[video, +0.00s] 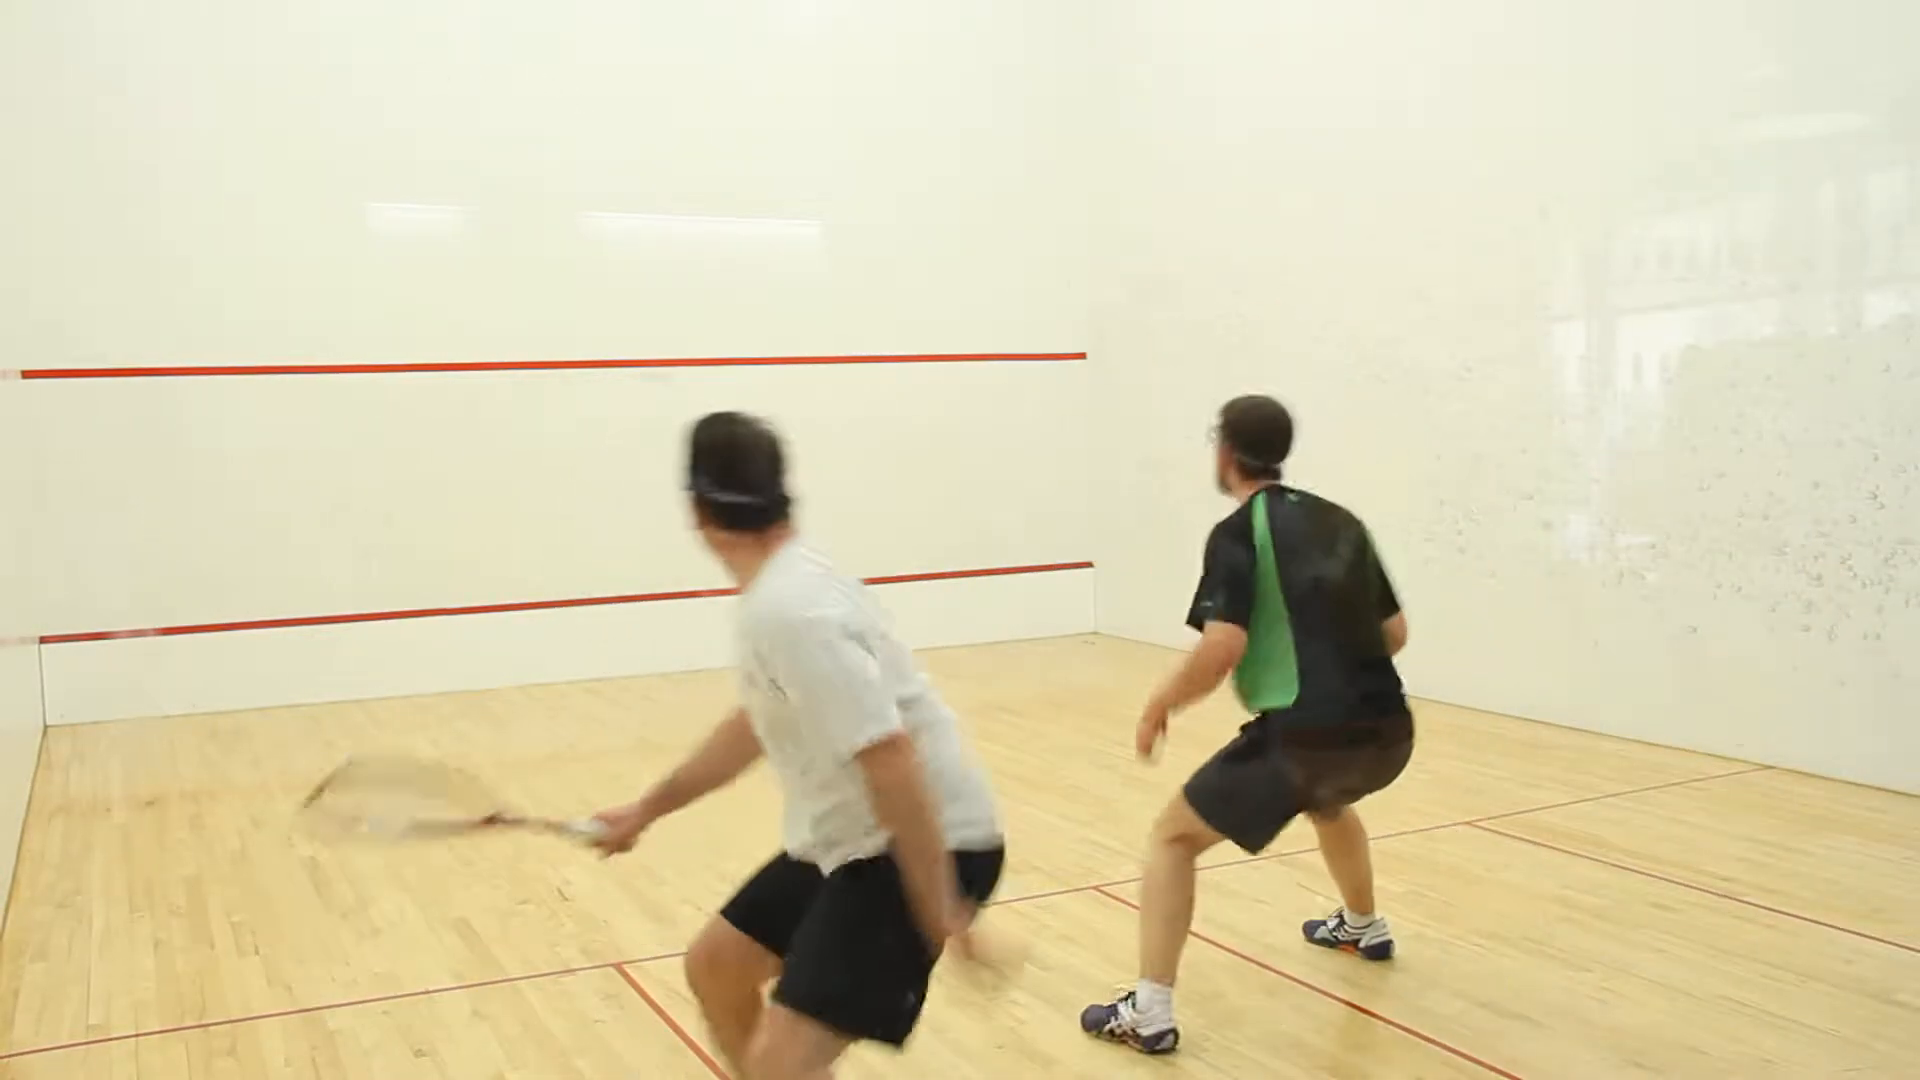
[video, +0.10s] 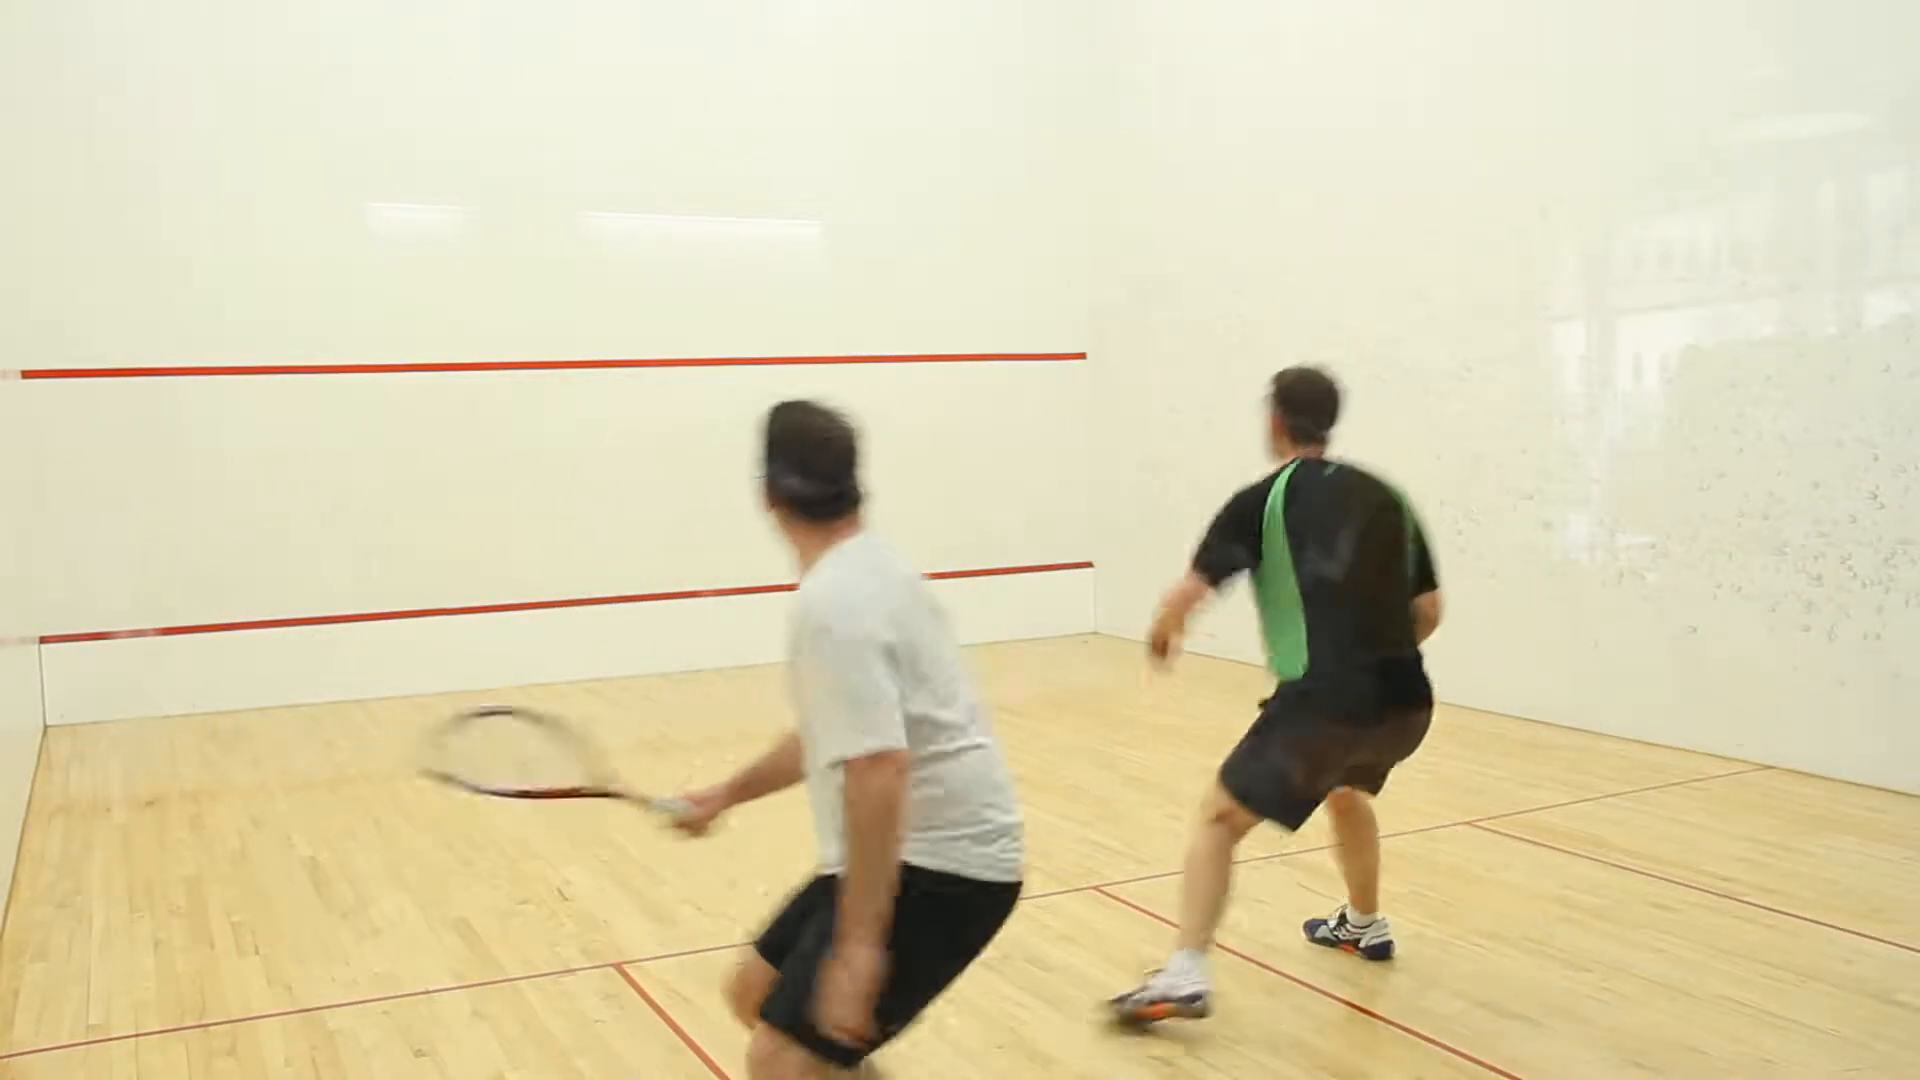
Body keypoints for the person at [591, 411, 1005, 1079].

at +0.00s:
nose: (691, 516)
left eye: (692, 501)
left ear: (701, 514)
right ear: (779, 495)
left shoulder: (797, 610)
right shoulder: (775, 599)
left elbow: (891, 761)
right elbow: (751, 728)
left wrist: (940, 907)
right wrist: (644, 810)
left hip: (909, 853)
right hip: (846, 839)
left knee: (779, 1061)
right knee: (718, 967)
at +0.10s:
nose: (759, 493)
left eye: (761, 480)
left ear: (770, 497)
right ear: (851, 482)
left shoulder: (835, 599)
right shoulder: (873, 570)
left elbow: (879, 767)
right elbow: (828, 729)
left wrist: (859, 945)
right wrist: (724, 794)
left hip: (940, 868)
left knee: (781, 1060)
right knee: (754, 990)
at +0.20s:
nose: (830, 440)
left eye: (831, 428)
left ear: (837, 442)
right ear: (921, 437)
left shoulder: (880, 544)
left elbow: (882, 713)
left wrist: (819, 863)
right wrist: (849, 779)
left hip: (966, 827)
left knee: (874, 1044)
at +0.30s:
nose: (889, 409)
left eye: (889, 396)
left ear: (894, 408)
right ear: (978, 402)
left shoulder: (918, 504)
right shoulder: (1013, 488)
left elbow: (899, 653)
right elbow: (1044, 644)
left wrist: (831, 797)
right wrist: (963, 757)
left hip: (1024, 783)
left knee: (927, 1001)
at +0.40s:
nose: (972, 418)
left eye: (970, 408)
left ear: (970, 419)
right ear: (1048, 412)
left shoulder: (969, 514)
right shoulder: (1097, 502)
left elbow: (912, 656)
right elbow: (1114, 643)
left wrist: (849, 782)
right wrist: (1022, 773)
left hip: (1053, 794)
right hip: (1157, 788)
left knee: (1004, 1006)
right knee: (1053, 944)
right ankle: (1121, 1063)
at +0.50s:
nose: (1038, 424)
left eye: (1037, 415)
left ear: (1039, 428)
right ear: (1123, 426)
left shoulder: (1028, 527)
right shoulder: (1173, 527)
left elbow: (952, 654)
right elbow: (1205, 659)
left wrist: (882, 759)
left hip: (1095, 801)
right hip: (1200, 792)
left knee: (1072, 1015)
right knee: (1156, 940)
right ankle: (1233, 1070)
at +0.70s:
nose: (1106, 428)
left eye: (1108, 417)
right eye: (1110, 417)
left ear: (1117, 424)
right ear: (1189, 429)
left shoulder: (1109, 515)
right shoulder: (1249, 514)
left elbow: (1034, 637)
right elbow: (1298, 640)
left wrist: (990, 716)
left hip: (1181, 775)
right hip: (1284, 767)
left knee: (1057, 923)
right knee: (1204, 857)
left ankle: (1102, 1069)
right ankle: (1298, 1023)